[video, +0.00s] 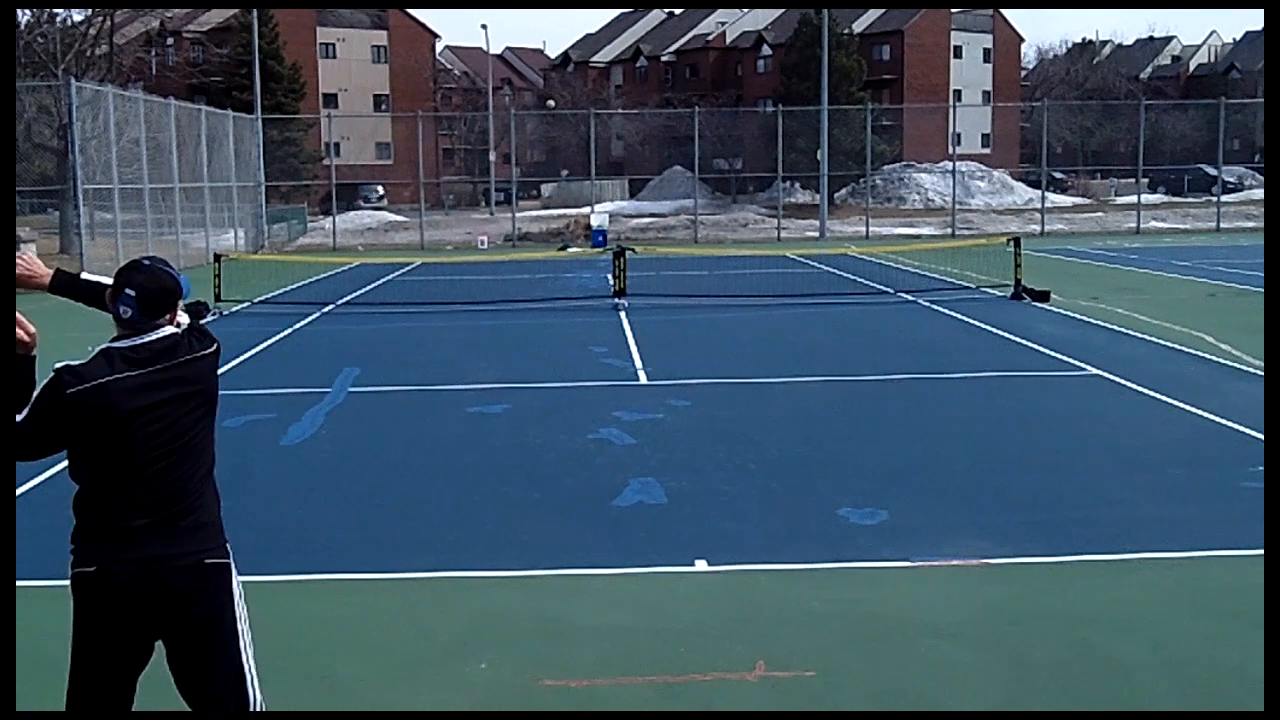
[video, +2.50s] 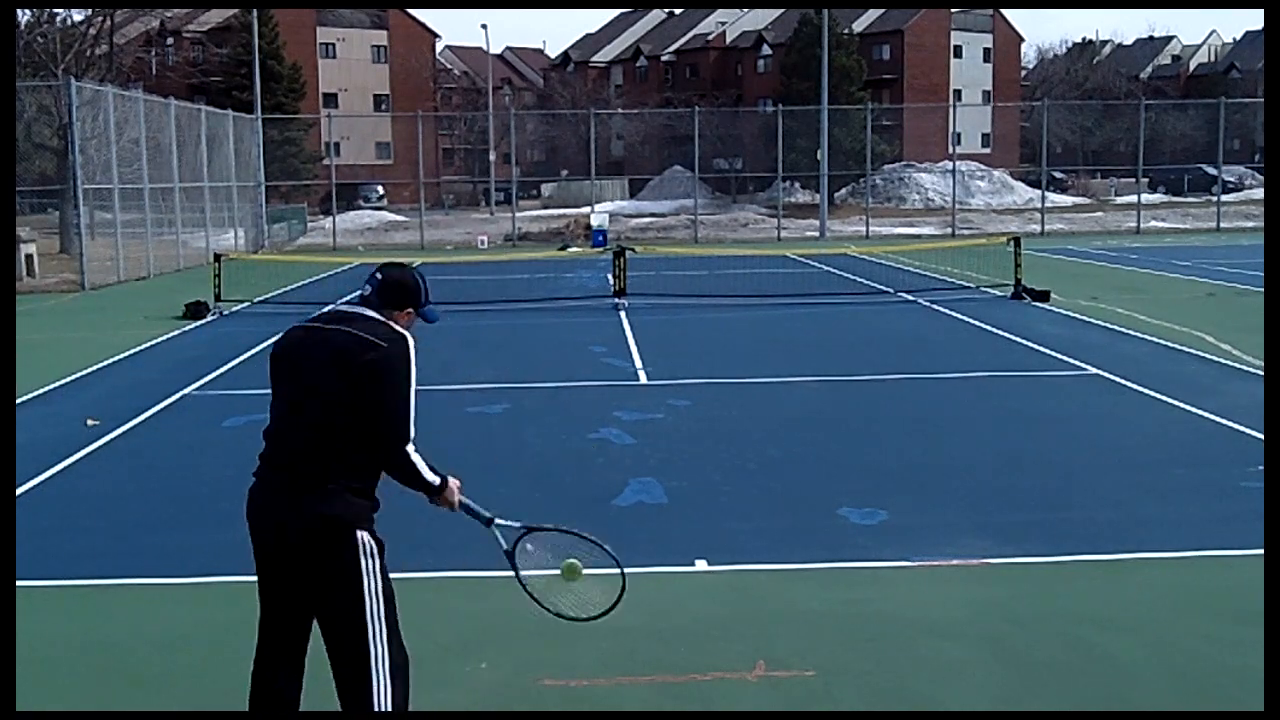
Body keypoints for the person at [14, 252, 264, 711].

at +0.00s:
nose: (182, 307)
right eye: (179, 303)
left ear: (118, 312)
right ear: (174, 313)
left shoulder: (75, 385)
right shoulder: (201, 353)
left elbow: (20, 441)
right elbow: (148, 305)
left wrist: (21, 359)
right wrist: (52, 278)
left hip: (107, 576)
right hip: (198, 570)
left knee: (96, 703)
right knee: (229, 702)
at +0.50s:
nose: (329, 287)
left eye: (323, 278)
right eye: (327, 280)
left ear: (263, 288)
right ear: (322, 287)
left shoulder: (224, 351)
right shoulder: (351, 339)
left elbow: (180, 444)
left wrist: (203, 355)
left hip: (242, 551)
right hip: (332, 550)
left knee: (246, 694)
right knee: (340, 696)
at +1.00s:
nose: (470, 298)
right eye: (470, 292)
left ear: (406, 300)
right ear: (467, 299)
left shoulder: (369, 369)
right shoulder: (504, 363)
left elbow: (332, 477)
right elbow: (548, 464)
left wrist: (394, 462)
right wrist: (490, 484)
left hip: (404, 567)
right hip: (494, 563)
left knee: (371, 697)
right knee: (549, 692)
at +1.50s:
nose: (481, 329)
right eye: (480, 322)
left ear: (421, 325)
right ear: (476, 326)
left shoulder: (380, 382)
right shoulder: (478, 391)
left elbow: (397, 468)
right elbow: (514, 508)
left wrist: (481, 447)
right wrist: (512, 456)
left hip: (367, 568)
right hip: (446, 574)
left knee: (365, 695)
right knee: (518, 700)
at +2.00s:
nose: (457, 355)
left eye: (458, 345)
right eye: (457, 344)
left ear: (412, 335)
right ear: (447, 344)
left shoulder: (419, 390)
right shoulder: (378, 379)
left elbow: (492, 441)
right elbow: (342, 454)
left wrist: (536, 414)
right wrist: (413, 413)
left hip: (334, 553)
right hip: (313, 553)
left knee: (316, 687)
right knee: (391, 686)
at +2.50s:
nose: (414, 324)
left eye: (417, 317)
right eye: (415, 317)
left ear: (366, 297)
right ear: (403, 312)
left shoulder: (294, 337)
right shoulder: (392, 344)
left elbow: (297, 428)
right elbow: (393, 448)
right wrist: (438, 486)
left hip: (272, 511)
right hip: (340, 519)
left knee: (278, 652)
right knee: (374, 662)